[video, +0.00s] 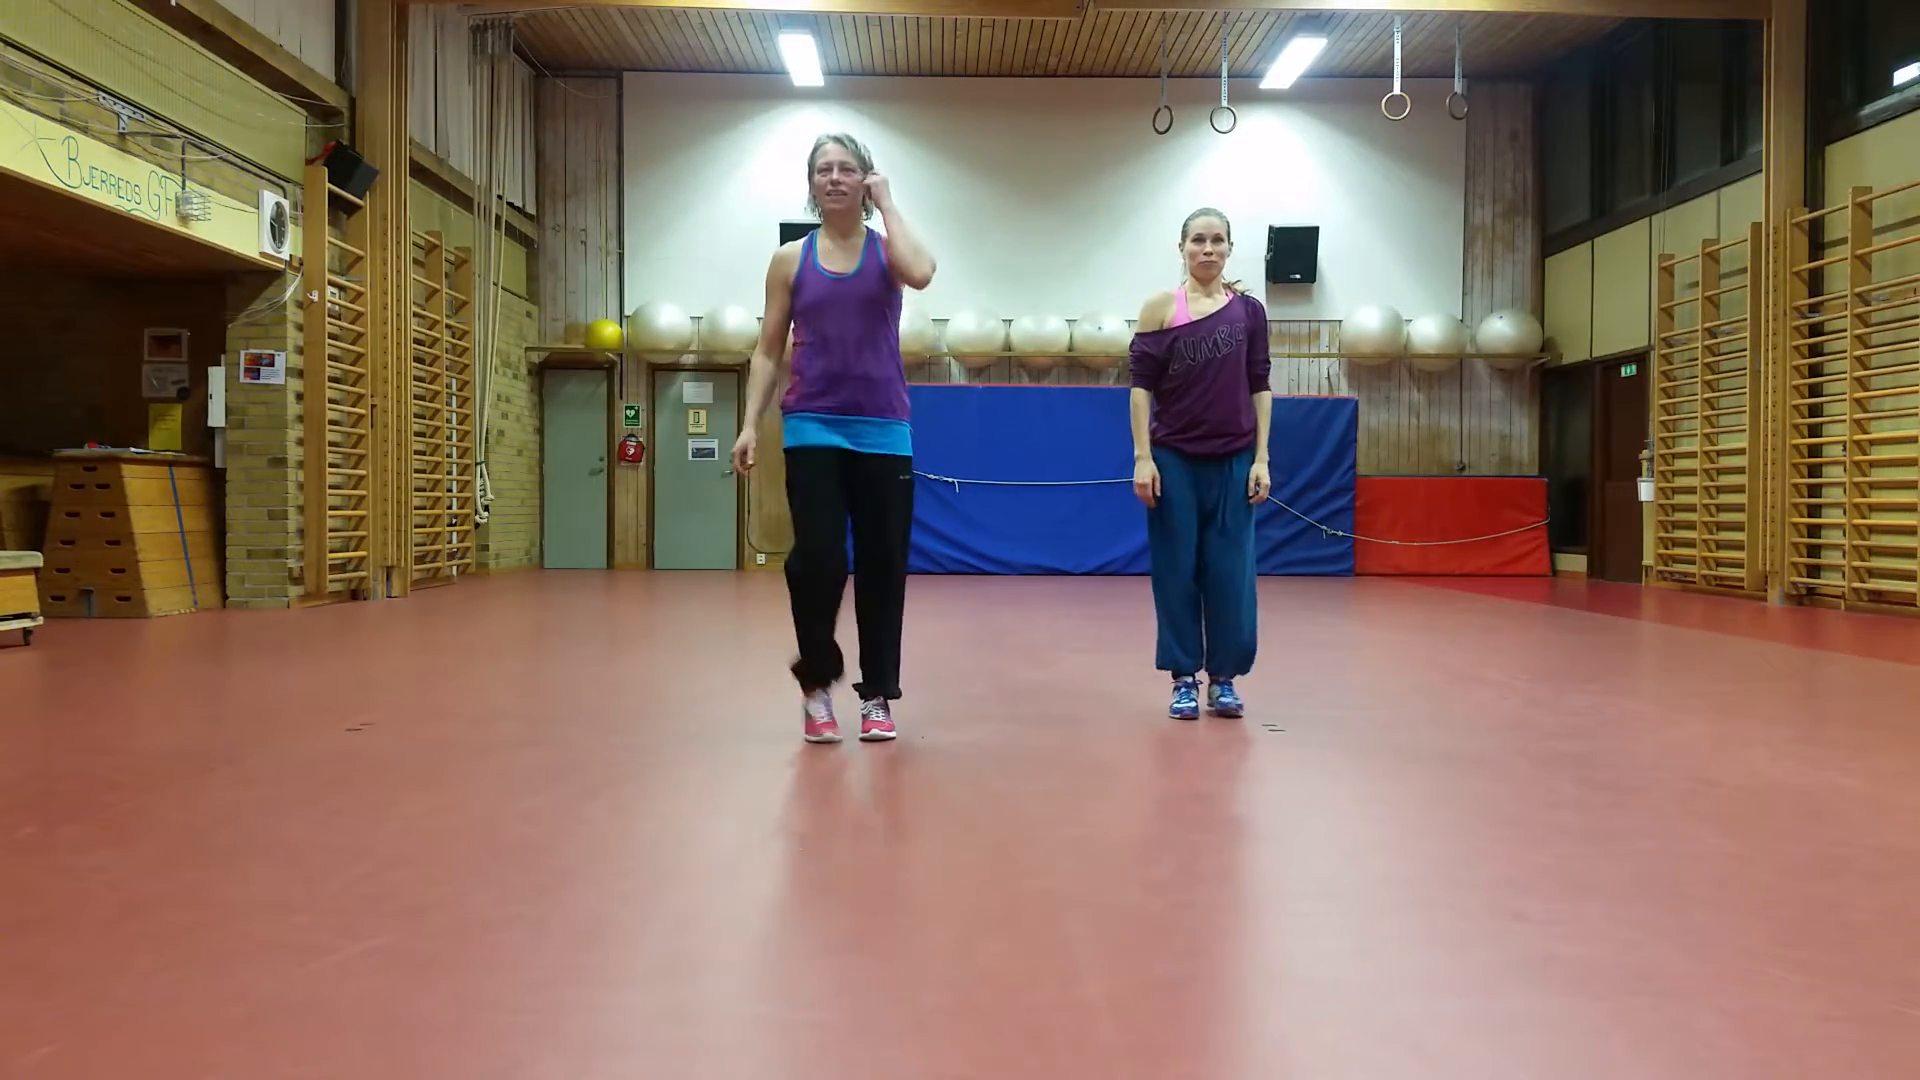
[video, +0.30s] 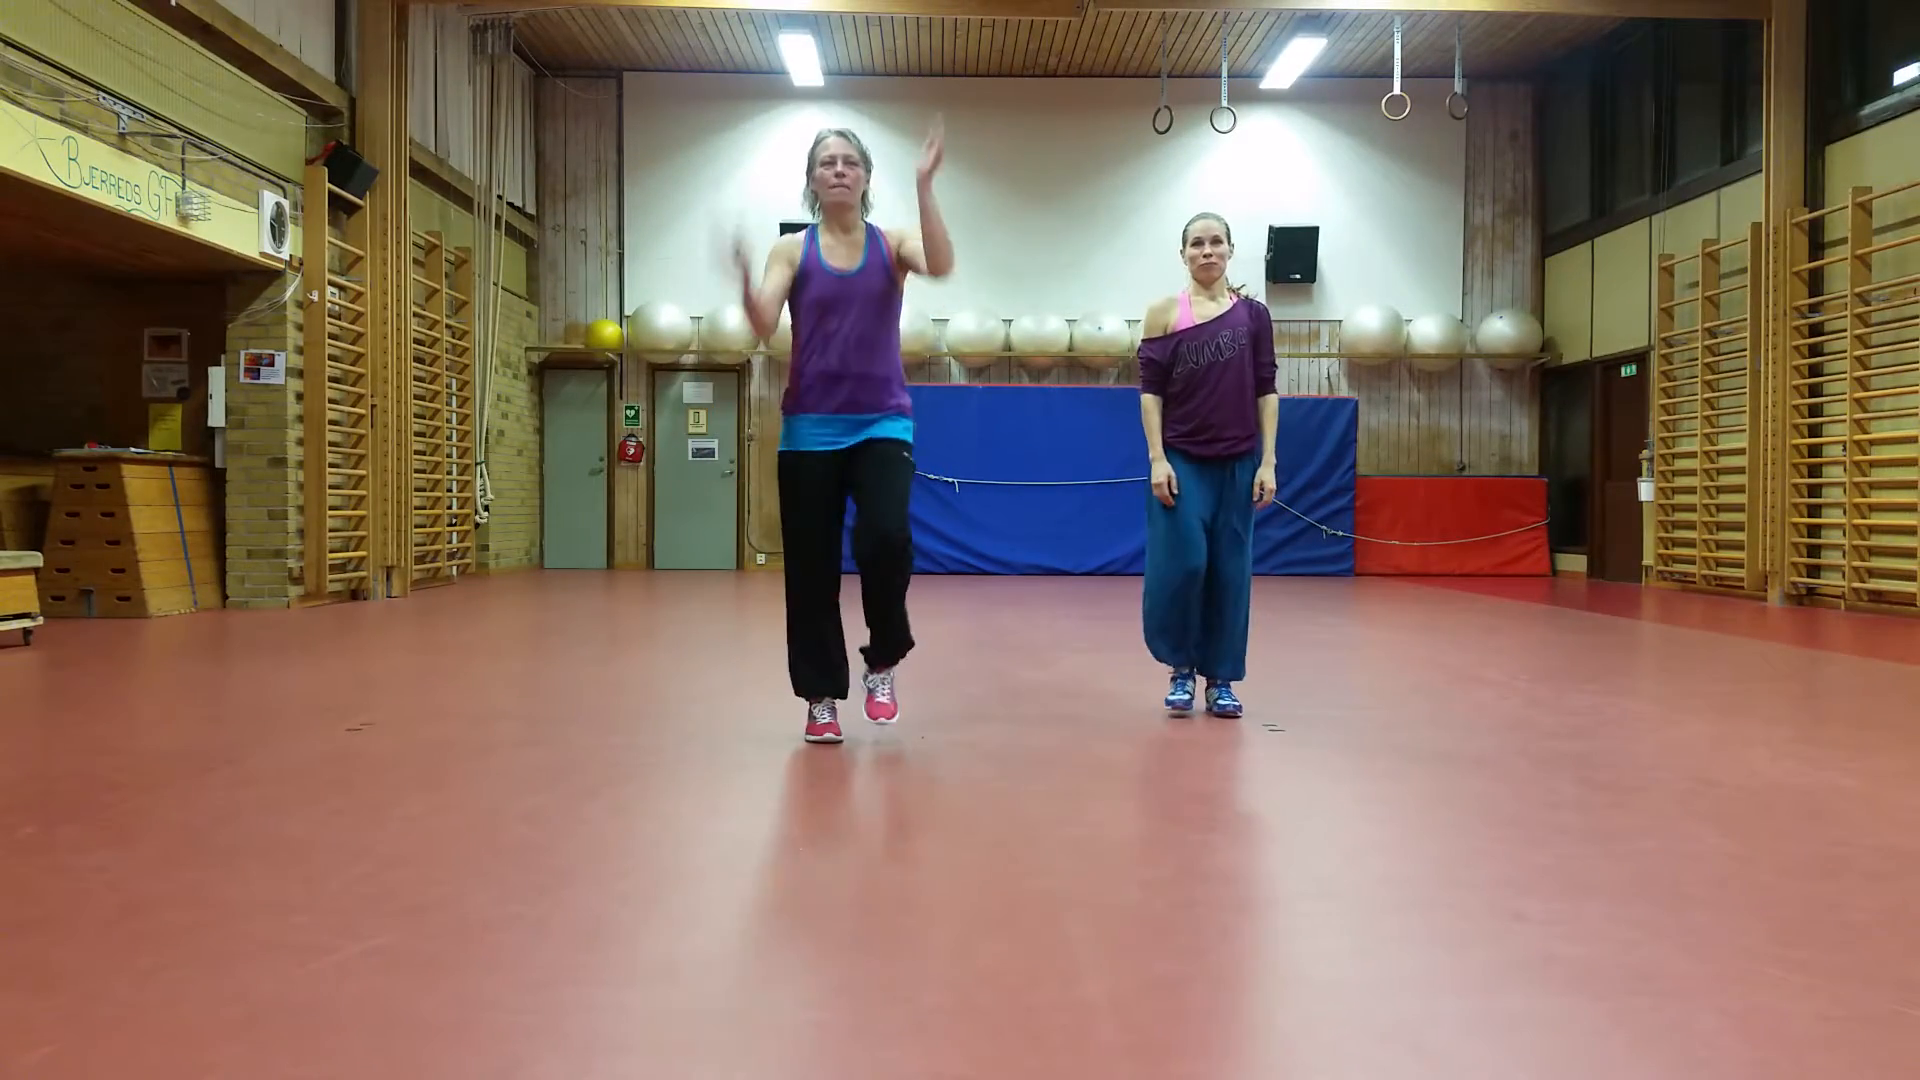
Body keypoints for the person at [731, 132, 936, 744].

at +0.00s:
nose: (834, 179)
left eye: (845, 170)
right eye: (823, 171)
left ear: (866, 183)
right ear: (810, 185)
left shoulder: (888, 245)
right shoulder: (790, 260)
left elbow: (919, 272)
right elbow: (769, 351)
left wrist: (887, 203)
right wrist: (750, 425)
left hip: (884, 426)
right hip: (811, 426)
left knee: (884, 563)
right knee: (818, 557)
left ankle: (878, 695)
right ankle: (816, 684)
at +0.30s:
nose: (839, 170)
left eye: (849, 162)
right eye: (827, 163)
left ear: (867, 179)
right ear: (811, 181)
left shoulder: (892, 239)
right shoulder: (791, 247)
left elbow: (939, 263)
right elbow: (763, 325)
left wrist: (925, 187)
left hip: (882, 422)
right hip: (810, 426)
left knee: (885, 540)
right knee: (812, 566)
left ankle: (883, 662)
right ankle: (821, 696)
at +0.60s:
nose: (852, 179)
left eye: (863, 171)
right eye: (840, 173)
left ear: (881, 186)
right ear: (825, 188)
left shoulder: (905, 248)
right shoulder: (811, 251)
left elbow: (941, 185)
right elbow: (771, 204)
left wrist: (898, 104)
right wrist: (808, 122)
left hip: (899, 435)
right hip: (826, 434)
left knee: (892, 569)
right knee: (805, 556)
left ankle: (884, 699)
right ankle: (828, 680)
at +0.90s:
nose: (852, 174)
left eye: (863, 168)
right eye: (840, 169)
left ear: (881, 186)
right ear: (826, 189)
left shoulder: (907, 251)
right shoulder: (816, 251)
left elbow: (922, 171)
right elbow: (786, 191)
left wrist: (866, 105)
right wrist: (835, 109)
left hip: (891, 432)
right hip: (822, 431)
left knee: (886, 573)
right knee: (824, 572)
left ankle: (865, 702)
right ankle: (826, 703)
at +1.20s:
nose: (866, 153)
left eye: (876, 146)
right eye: (854, 147)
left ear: (893, 163)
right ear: (836, 164)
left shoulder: (914, 227)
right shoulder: (825, 228)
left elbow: (936, 146)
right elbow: (808, 162)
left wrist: (885, 82)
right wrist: (847, 94)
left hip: (910, 412)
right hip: (839, 414)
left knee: (914, 556)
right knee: (834, 558)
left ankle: (912, 690)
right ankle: (841, 695)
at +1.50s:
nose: (870, 151)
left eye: (881, 144)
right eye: (858, 146)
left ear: (901, 161)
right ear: (844, 164)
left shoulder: (926, 225)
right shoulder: (834, 228)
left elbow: (946, 146)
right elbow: (795, 171)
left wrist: (907, 67)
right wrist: (817, 90)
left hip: (917, 415)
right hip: (842, 412)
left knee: (917, 561)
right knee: (830, 545)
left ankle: (915, 698)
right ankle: (846, 677)